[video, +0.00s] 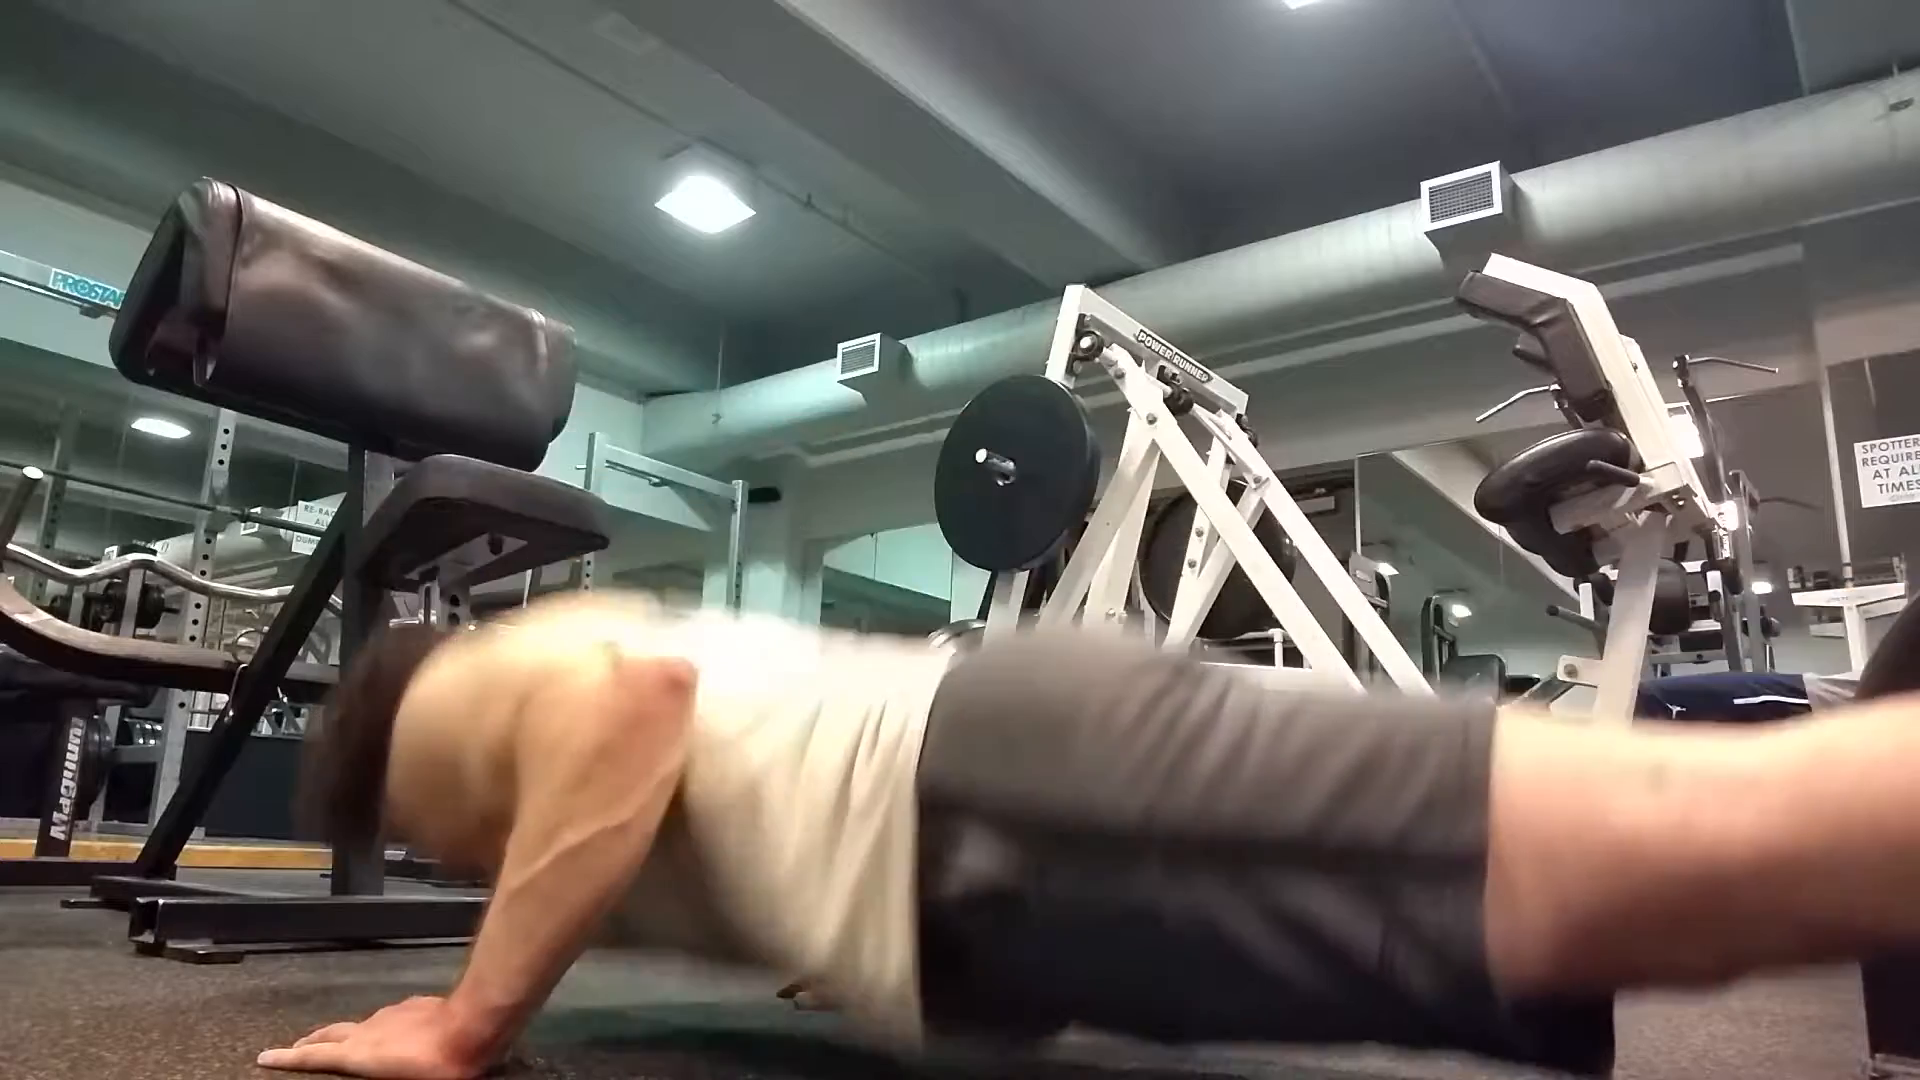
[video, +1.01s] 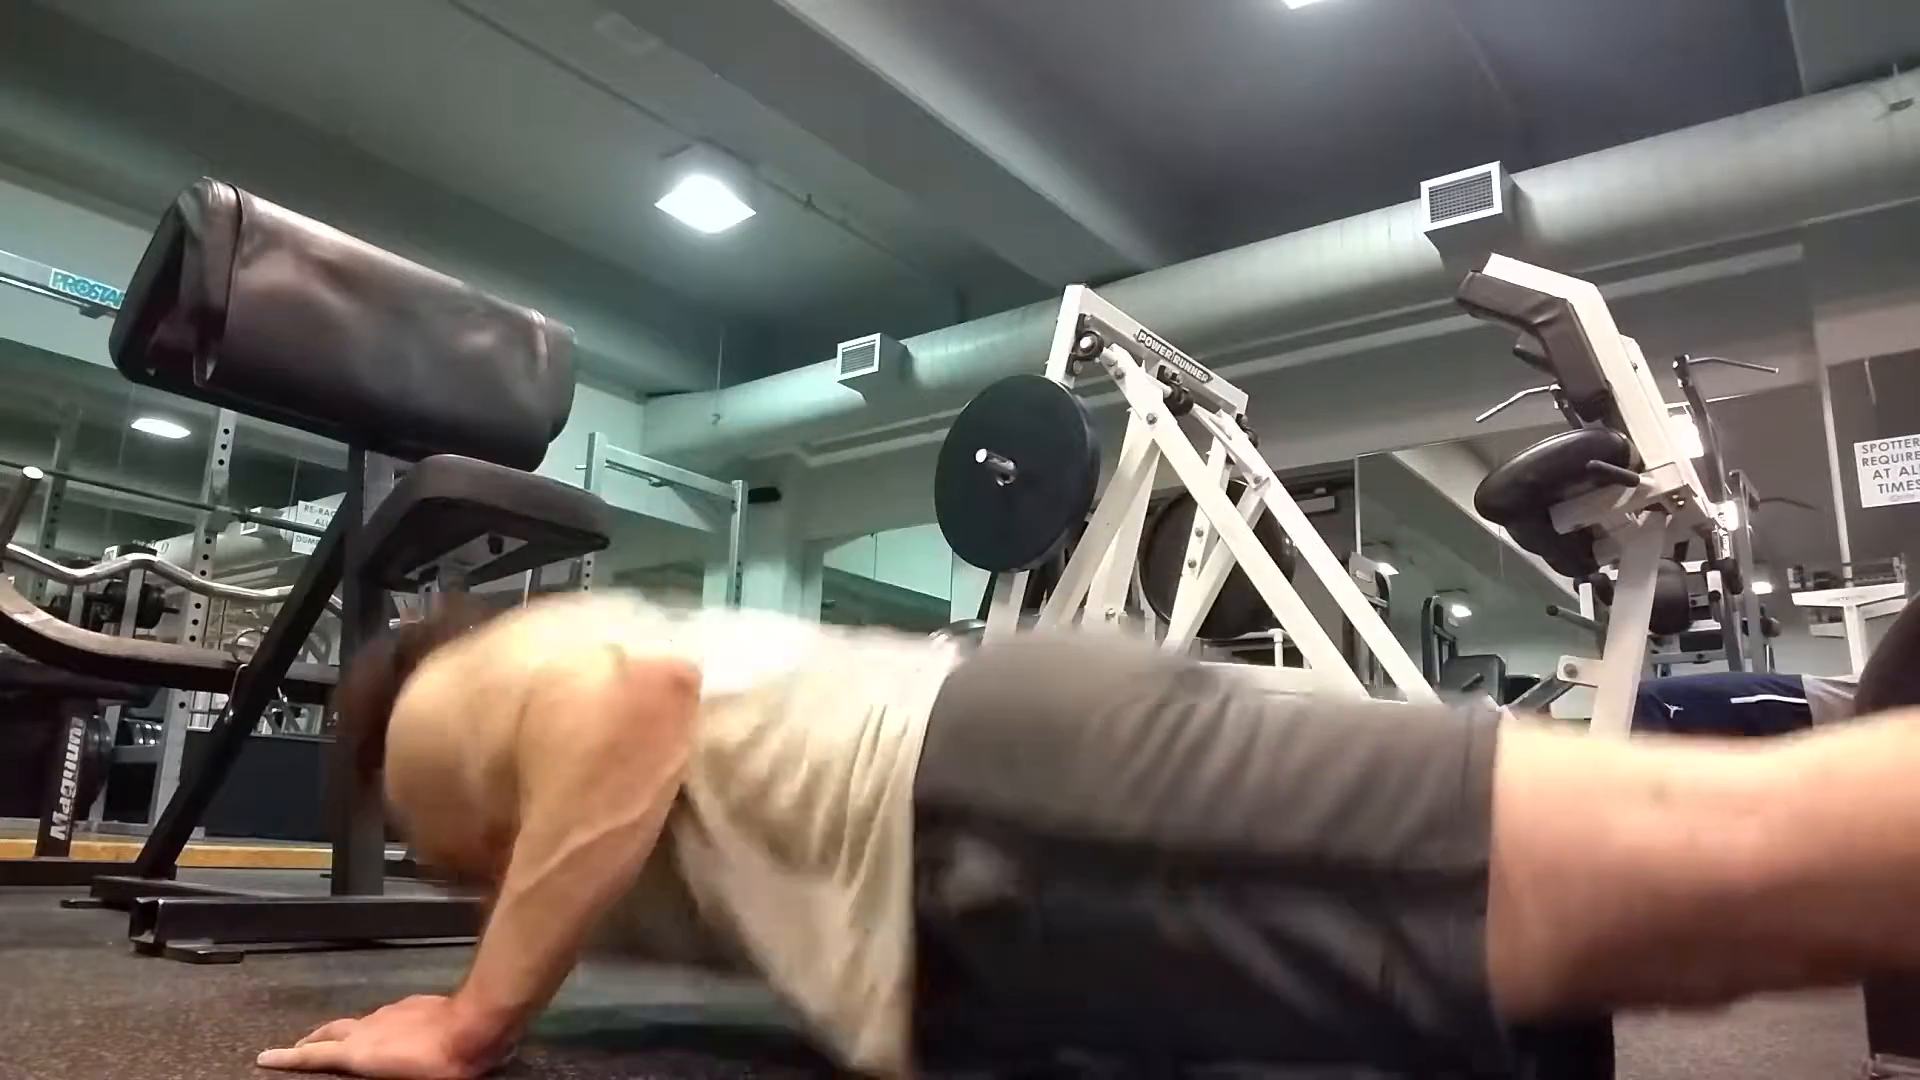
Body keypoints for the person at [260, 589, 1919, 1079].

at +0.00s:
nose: (417, 829)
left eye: (396, 805)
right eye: (408, 815)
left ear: (397, 707)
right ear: (488, 624)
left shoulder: (457, 689)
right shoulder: (602, 674)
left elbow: (634, 699)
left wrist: (460, 1017)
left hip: (998, 806)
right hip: (1007, 817)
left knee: (1689, 860)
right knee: (1685, 849)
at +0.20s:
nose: (420, 863)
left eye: (396, 843)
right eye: (414, 848)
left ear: (388, 756)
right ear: (463, 695)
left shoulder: (435, 714)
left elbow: (634, 698)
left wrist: (458, 1017)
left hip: (984, 831)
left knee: (1757, 857)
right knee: (1740, 867)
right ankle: (1870, 930)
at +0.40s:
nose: (426, 598)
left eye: (408, 559)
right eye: (412, 585)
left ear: (417, 458)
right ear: (534, 399)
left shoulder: (527, 435)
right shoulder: (707, 451)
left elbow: (615, 664)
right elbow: (909, 689)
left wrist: (470, 1011)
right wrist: (929, 957)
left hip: (1047, 600)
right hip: (1062, 670)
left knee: (1783, 719)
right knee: (1759, 768)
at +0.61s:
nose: (424, 588)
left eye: (407, 551)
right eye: (408, 576)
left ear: (431, 449)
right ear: (543, 401)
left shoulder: (532, 450)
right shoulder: (721, 466)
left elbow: (625, 664)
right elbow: (968, 726)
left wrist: (469, 1013)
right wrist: (926, 973)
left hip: (1039, 600)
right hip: (1056, 638)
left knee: (1748, 727)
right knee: (1731, 760)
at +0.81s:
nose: (412, 819)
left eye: (393, 795)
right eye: (404, 807)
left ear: (395, 700)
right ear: (495, 618)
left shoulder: (451, 685)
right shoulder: (608, 666)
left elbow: (633, 699)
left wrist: (462, 1014)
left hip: (995, 806)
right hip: (1005, 846)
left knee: (1723, 859)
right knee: (1712, 857)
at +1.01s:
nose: (418, 825)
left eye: (398, 798)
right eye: (410, 813)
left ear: (402, 694)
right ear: (505, 619)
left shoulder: (451, 688)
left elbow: (639, 697)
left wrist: (463, 1011)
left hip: (986, 821)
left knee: (1757, 856)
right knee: (1737, 863)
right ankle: (1871, 931)